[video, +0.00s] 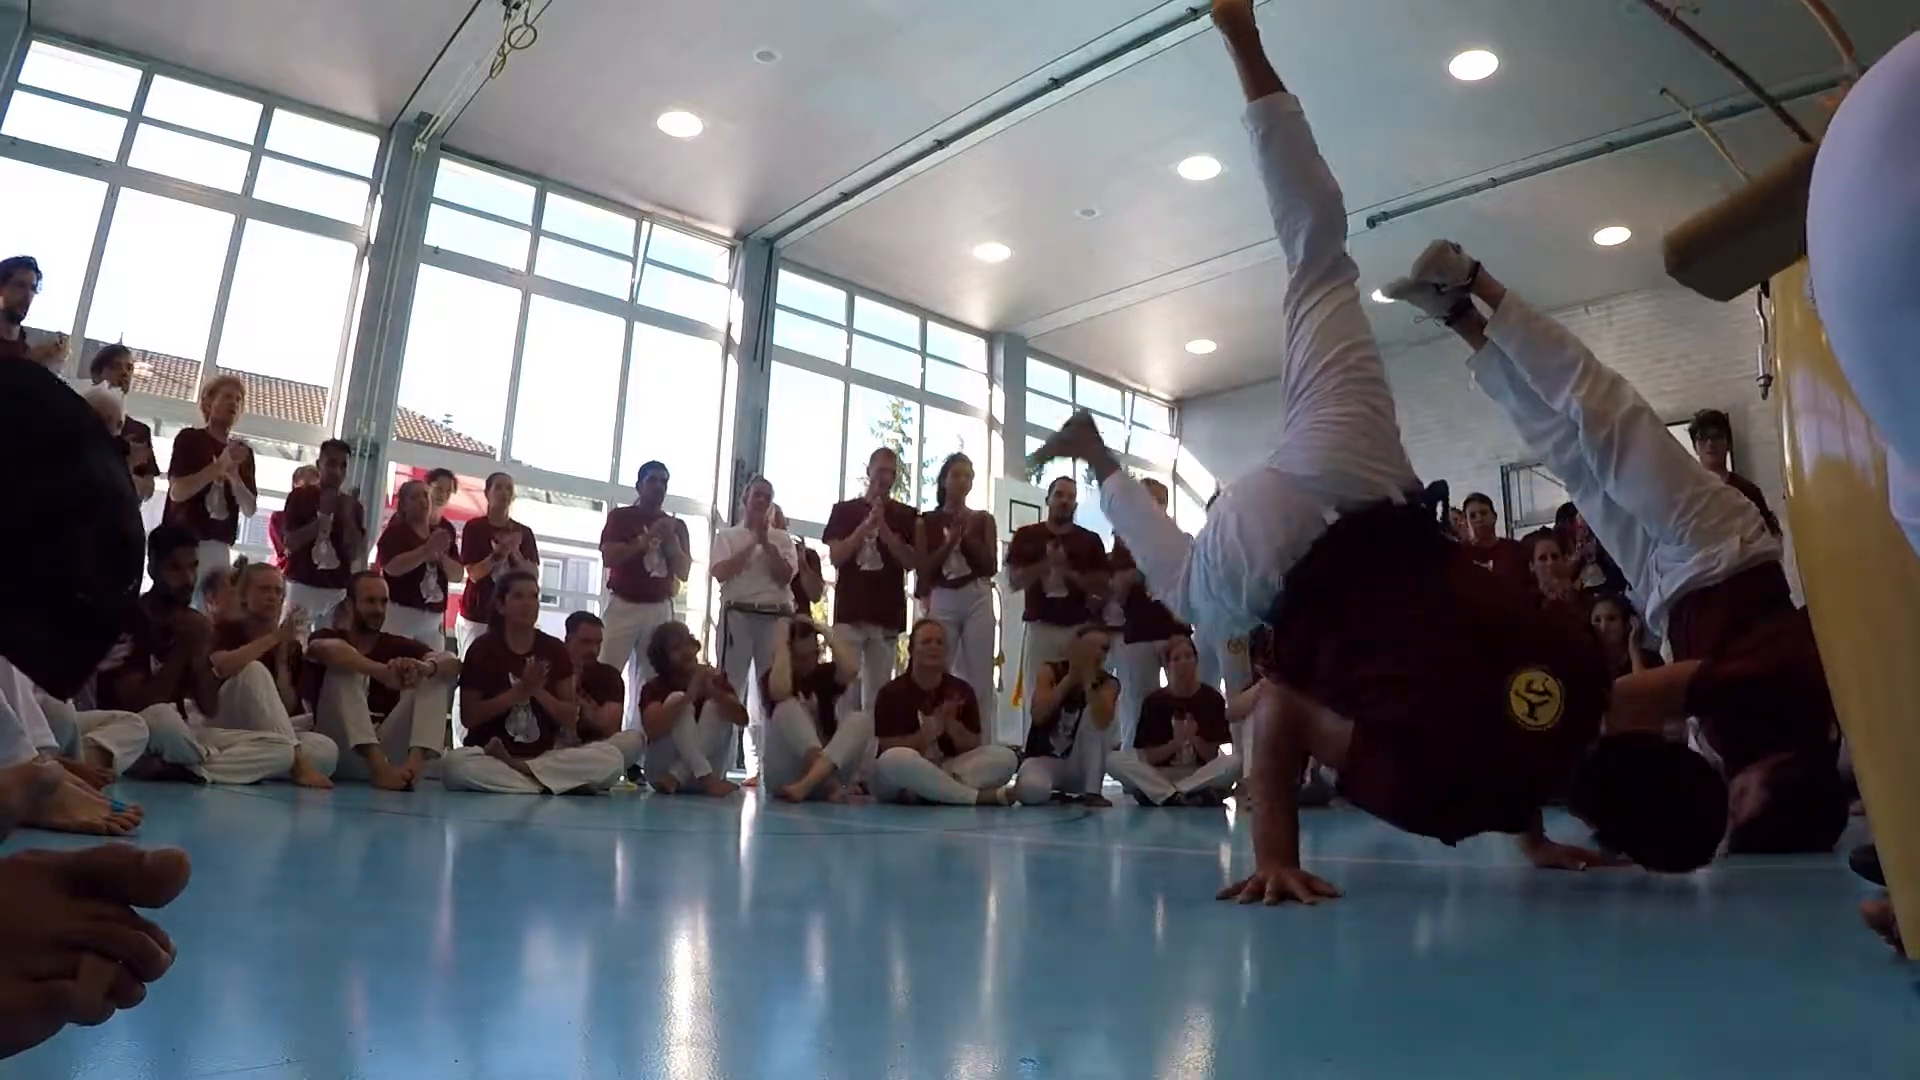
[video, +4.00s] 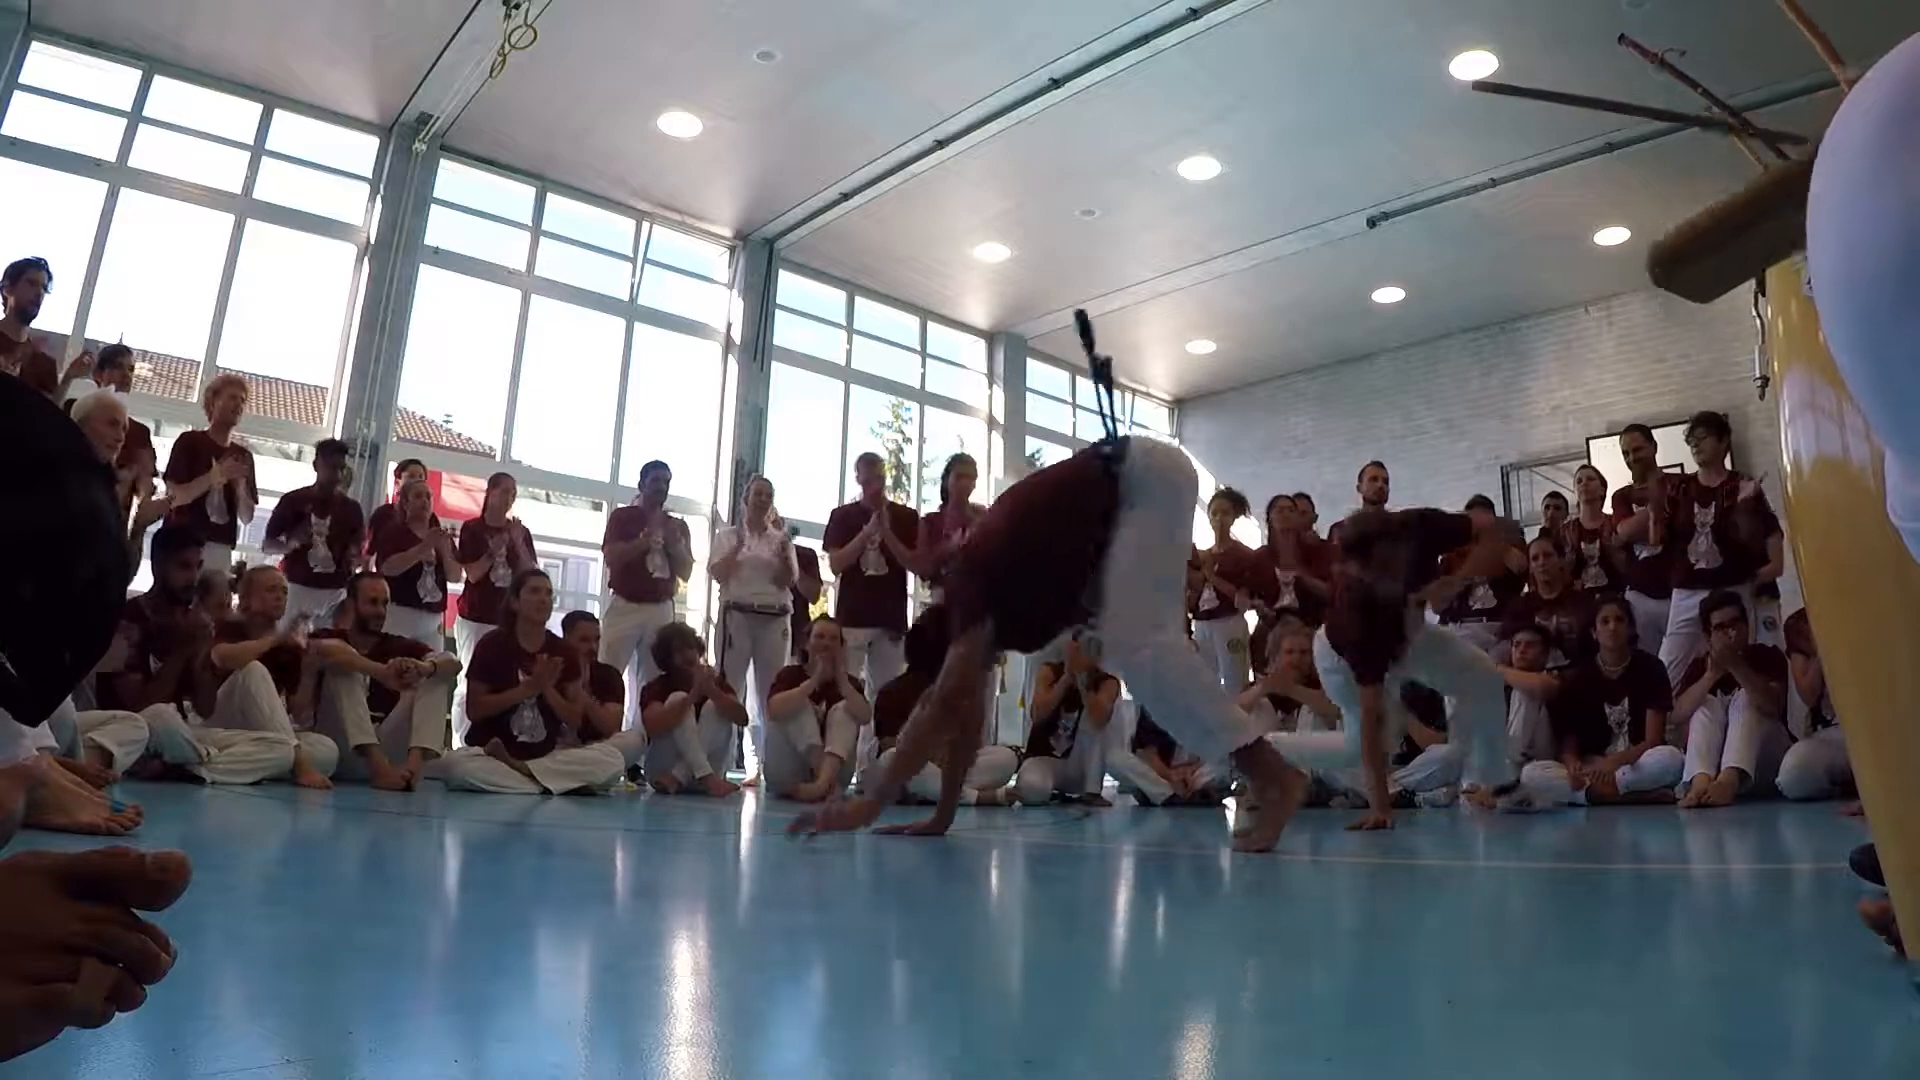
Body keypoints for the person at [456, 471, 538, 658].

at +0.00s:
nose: (504, 493)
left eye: (509, 489)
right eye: (498, 487)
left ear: (513, 495)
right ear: (487, 492)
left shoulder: (524, 533)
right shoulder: (474, 527)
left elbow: (533, 574)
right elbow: (474, 574)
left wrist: (515, 554)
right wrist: (497, 554)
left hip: (511, 619)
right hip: (475, 616)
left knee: (505, 680)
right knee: (471, 680)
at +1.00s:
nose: (504, 493)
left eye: (509, 488)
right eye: (499, 488)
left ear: (514, 495)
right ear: (488, 493)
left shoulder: (524, 532)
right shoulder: (474, 527)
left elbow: (533, 575)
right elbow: (473, 575)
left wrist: (519, 548)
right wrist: (495, 554)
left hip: (510, 621)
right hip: (474, 617)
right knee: (472, 678)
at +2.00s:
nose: (503, 493)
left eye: (507, 488)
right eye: (497, 488)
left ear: (512, 495)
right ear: (486, 493)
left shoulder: (523, 532)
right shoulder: (473, 527)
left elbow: (531, 574)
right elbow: (473, 575)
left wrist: (514, 553)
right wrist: (496, 553)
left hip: (509, 621)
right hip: (474, 617)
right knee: (471, 679)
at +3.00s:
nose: (503, 494)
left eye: (508, 490)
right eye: (498, 489)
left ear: (513, 495)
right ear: (487, 493)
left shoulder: (523, 533)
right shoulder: (473, 527)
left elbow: (532, 575)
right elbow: (472, 575)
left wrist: (516, 551)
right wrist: (492, 554)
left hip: (509, 623)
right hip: (473, 620)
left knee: (505, 685)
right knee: (469, 685)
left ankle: (498, 743)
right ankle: (463, 747)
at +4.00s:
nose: (508, 497)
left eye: (512, 493)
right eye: (503, 491)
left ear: (515, 498)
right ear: (489, 493)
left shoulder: (521, 531)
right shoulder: (472, 527)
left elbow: (531, 573)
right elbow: (471, 573)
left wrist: (518, 545)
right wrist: (494, 553)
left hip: (510, 622)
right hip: (475, 617)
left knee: (505, 684)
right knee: (470, 684)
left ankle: (497, 743)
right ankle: (462, 745)